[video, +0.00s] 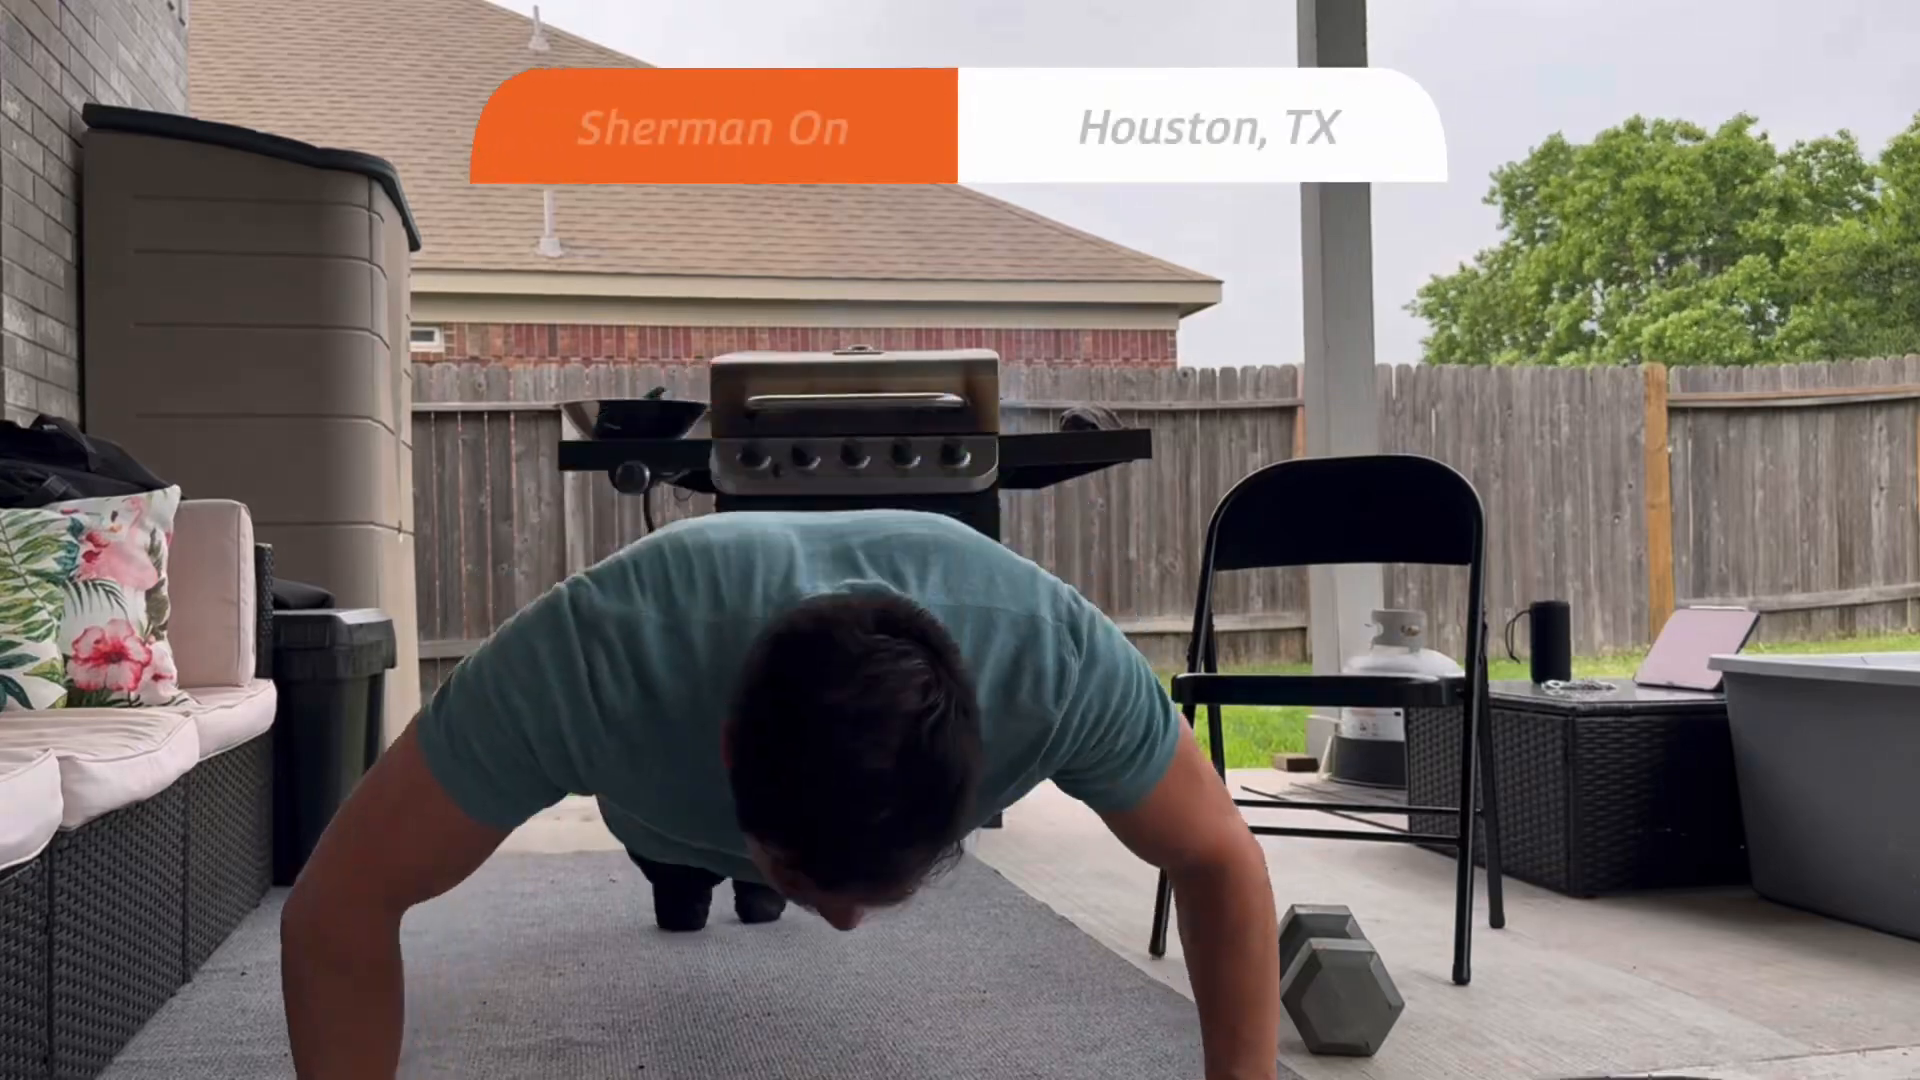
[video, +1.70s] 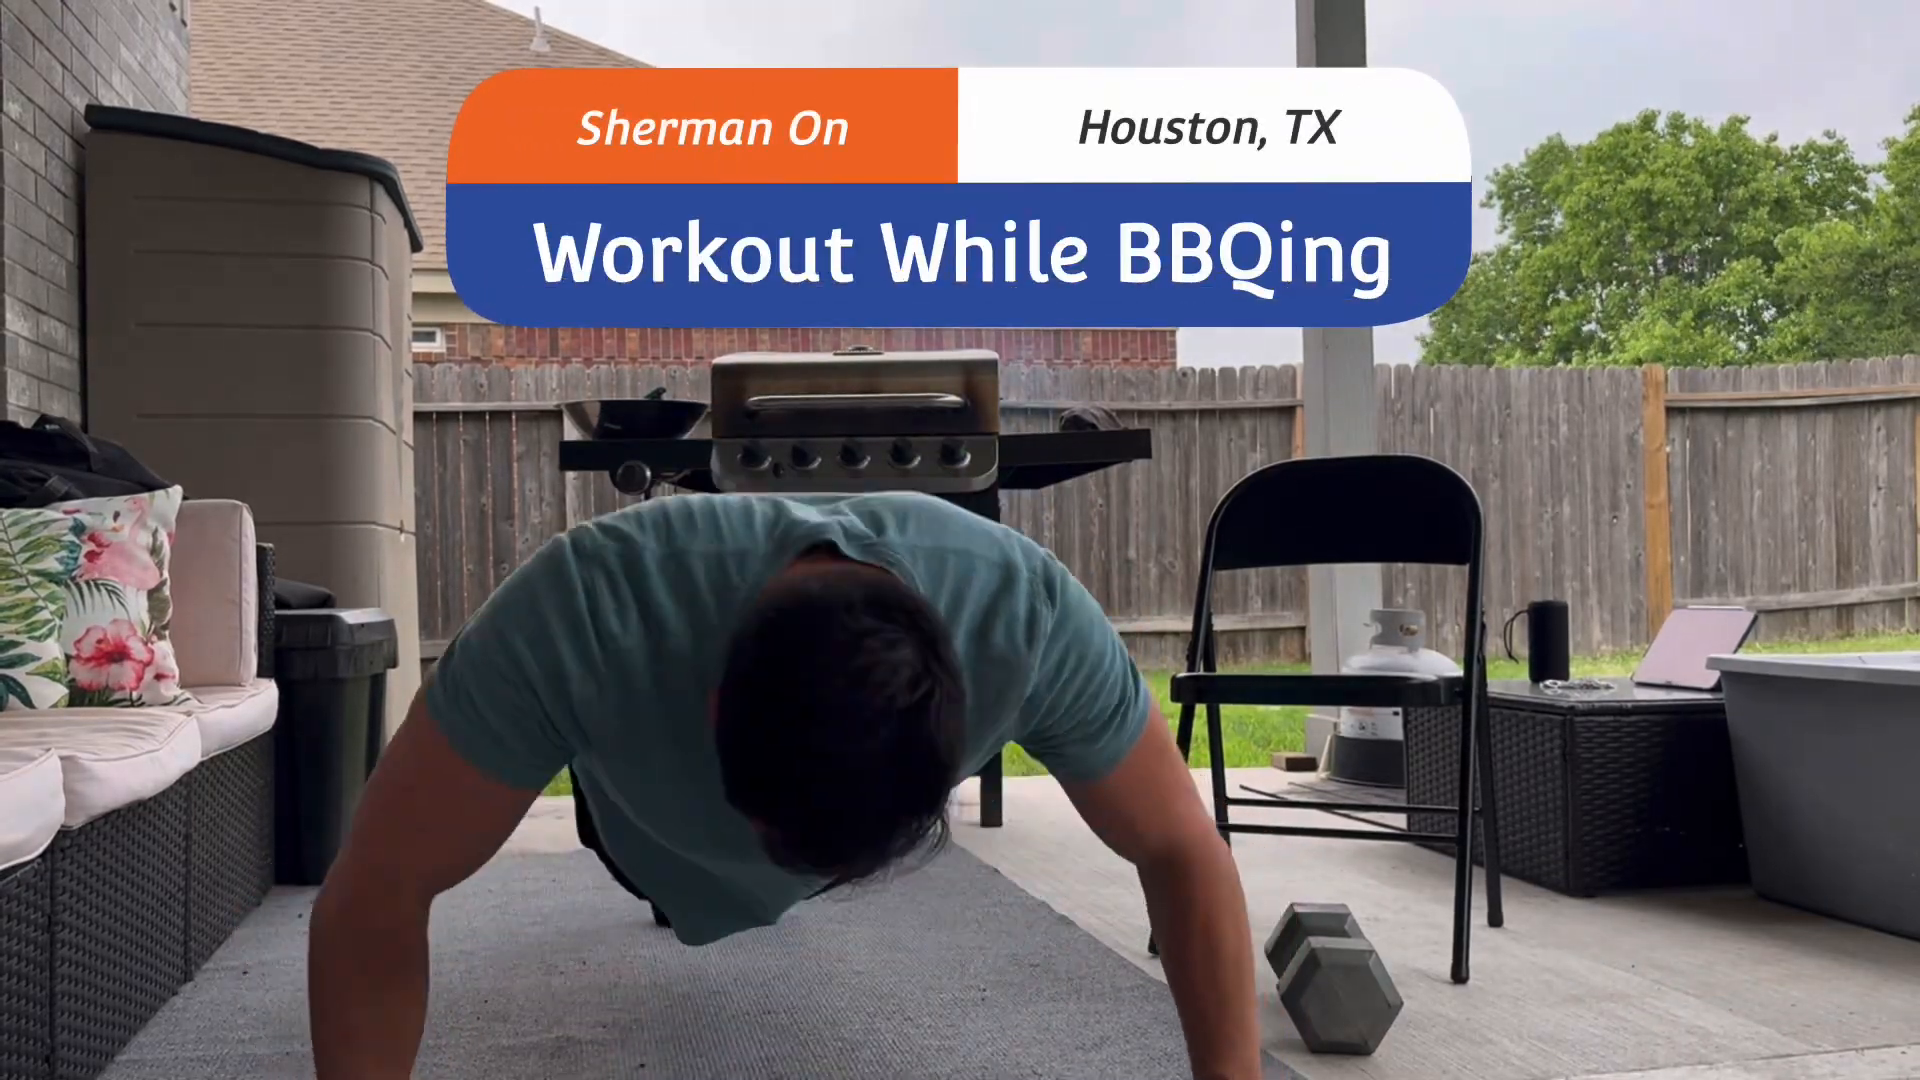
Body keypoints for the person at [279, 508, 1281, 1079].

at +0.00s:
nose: (846, 923)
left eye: (882, 902)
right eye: (816, 895)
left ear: (963, 794)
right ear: (738, 776)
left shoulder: (1055, 662)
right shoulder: (586, 664)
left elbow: (1222, 869)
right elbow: (340, 905)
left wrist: (1244, 1076)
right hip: (653, 785)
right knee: (665, 861)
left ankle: (751, 882)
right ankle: (680, 888)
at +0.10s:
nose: (839, 1057)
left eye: (889, 1042)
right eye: (809, 1033)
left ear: (980, 874)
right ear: (744, 886)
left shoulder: (1064, 755)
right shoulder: (594, 760)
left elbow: (1248, 869)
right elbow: (302, 915)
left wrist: (1252, 1073)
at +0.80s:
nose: (844, 897)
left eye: (882, 875)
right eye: (809, 872)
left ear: (959, 766)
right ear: (730, 758)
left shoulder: (1045, 638)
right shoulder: (585, 631)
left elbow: (1208, 857)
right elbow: (372, 903)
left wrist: (1240, 1070)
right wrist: (362, 1072)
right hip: (668, 802)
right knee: (690, 887)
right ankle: (671, 887)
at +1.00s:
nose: (830, 930)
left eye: (868, 913)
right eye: (792, 904)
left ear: (955, 794)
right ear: (724, 777)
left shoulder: (1030, 653)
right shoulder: (582, 656)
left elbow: (1205, 861)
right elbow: (346, 902)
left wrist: (1236, 1072)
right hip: (670, 869)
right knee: (678, 898)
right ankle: (637, 868)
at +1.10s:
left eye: (888, 1064)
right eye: (794, 1052)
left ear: (958, 925)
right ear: (732, 933)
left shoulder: (1043, 775)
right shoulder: (583, 779)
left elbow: (1248, 867)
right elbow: (293, 922)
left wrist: (1250, 1067)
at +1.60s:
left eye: (886, 1042)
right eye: (804, 1033)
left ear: (965, 866)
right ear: (733, 879)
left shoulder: (1047, 752)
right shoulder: (586, 766)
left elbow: (1233, 872)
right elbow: (299, 921)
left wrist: (1244, 1066)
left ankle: (1269, 950)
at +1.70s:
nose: (806, 877)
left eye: (857, 857)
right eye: (778, 845)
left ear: (952, 736)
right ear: (715, 716)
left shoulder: (1034, 624)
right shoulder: (574, 616)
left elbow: (1185, 859)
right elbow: (373, 899)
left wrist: (1230, 1067)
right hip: (657, 794)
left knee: (863, 861)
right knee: (687, 889)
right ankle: (664, 891)